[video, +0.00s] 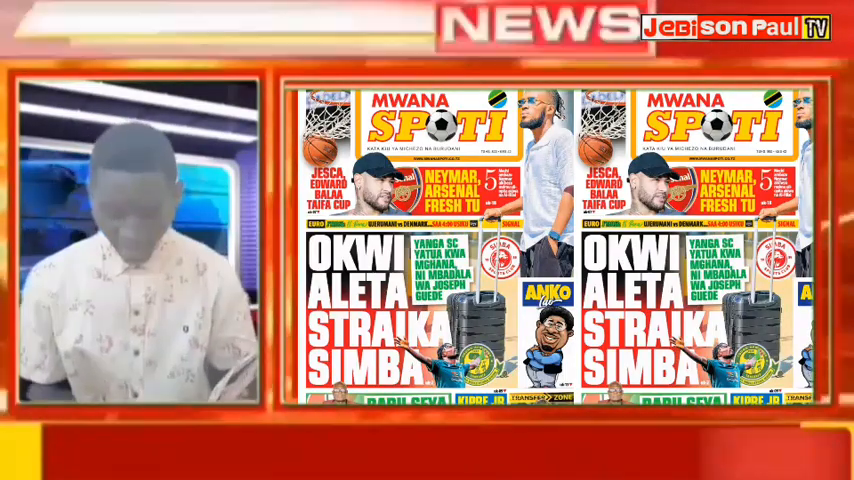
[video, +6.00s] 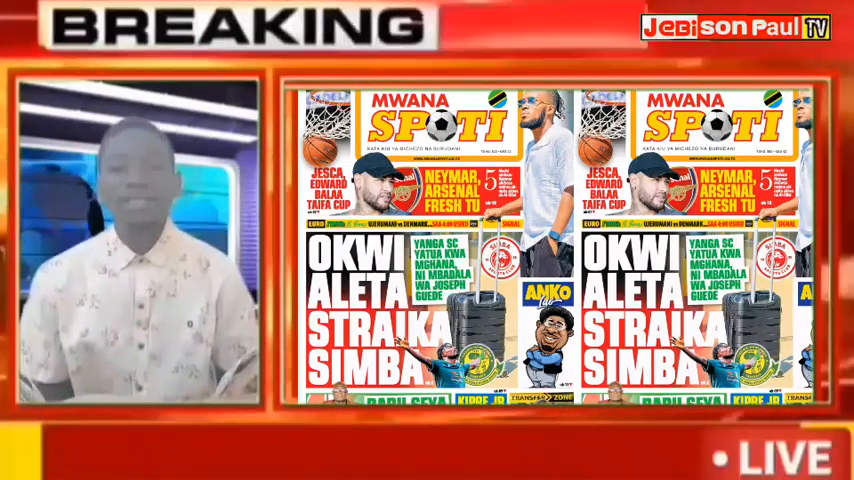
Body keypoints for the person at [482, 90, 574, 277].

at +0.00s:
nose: (523, 107)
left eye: (531, 101)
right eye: (522, 103)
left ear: (549, 110)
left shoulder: (563, 138)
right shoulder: (531, 147)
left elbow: (571, 192)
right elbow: (532, 196)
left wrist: (553, 238)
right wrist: (502, 211)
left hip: (552, 242)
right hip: (530, 243)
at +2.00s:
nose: (523, 107)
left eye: (531, 101)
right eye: (522, 103)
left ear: (549, 110)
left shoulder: (563, 138)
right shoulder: (531, 147)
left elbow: (571, 192)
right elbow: (532, 196)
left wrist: (553, 238)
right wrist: (502, 211)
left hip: (552, 242)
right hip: (530, 243)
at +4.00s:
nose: (523, 107)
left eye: (531, 101)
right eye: (522, 103)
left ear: (549, 110)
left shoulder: (563, 139)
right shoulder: (531, 147)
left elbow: (571, 192)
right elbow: (532, 196)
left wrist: (554, 238)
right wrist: (502, 211)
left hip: (552, 241)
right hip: (530, 242)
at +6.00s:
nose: (523, 107)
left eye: (531, 101)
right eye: (522, 103)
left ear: (550, 110)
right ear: (519, 108)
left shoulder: (563, 139)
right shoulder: (531, 147)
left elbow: (571, 192)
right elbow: (532, 195)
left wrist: (554, 238)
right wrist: (502, 211)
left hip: (551, 241)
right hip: (530, 242)